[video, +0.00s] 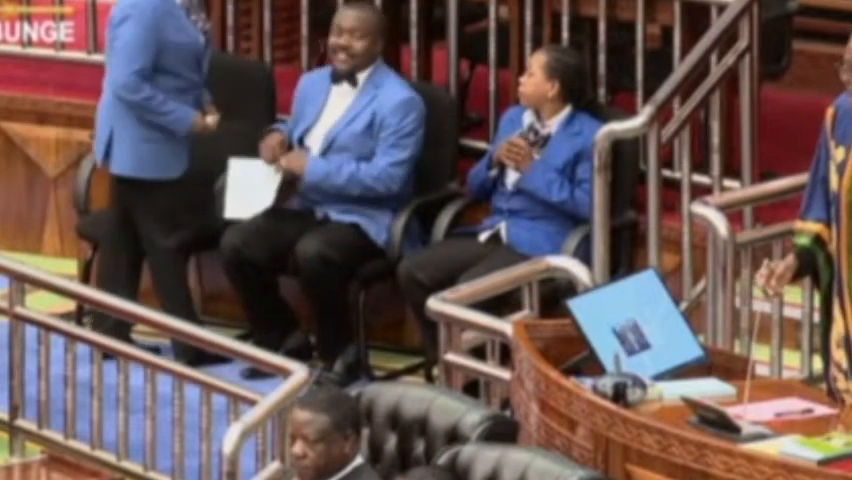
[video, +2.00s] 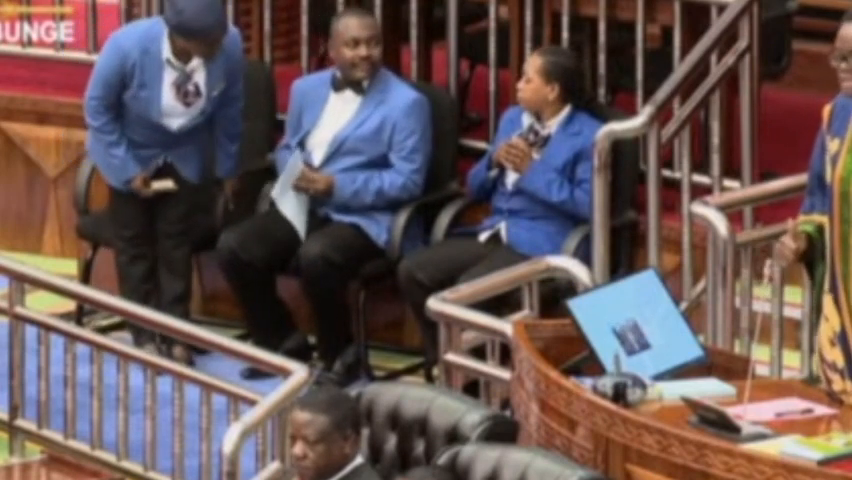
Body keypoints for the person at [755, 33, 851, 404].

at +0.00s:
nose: (844, 64)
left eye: (849, 57)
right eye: (844, 56)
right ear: (840, 61)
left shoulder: (839, 115)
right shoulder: (839, 114)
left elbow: (820, 203)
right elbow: (822, 201)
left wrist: (796, 260)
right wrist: (796, 261)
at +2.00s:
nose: (844, 68)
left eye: (849, 58)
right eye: (840, 58)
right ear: (832, 59)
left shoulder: (838, 114)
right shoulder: (835, 114)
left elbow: (821, 199)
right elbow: (818, 195)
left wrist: (805, 237)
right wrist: (803, 237)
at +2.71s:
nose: (846, 70)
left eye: (851, 58)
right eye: (839, 58)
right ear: (827, 59)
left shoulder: (830, 120)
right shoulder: (825, 120)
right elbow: (807, 206)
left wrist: (799, 234)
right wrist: (794, 237)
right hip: (831, 329)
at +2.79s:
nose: (844, 69)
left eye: (849, 58)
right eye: (837, 58)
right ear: (825, 58)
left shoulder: (830, 119)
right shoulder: (824, 119)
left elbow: (806, 204)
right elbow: (807, 203)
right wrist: (795, 237)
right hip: (830, 325)